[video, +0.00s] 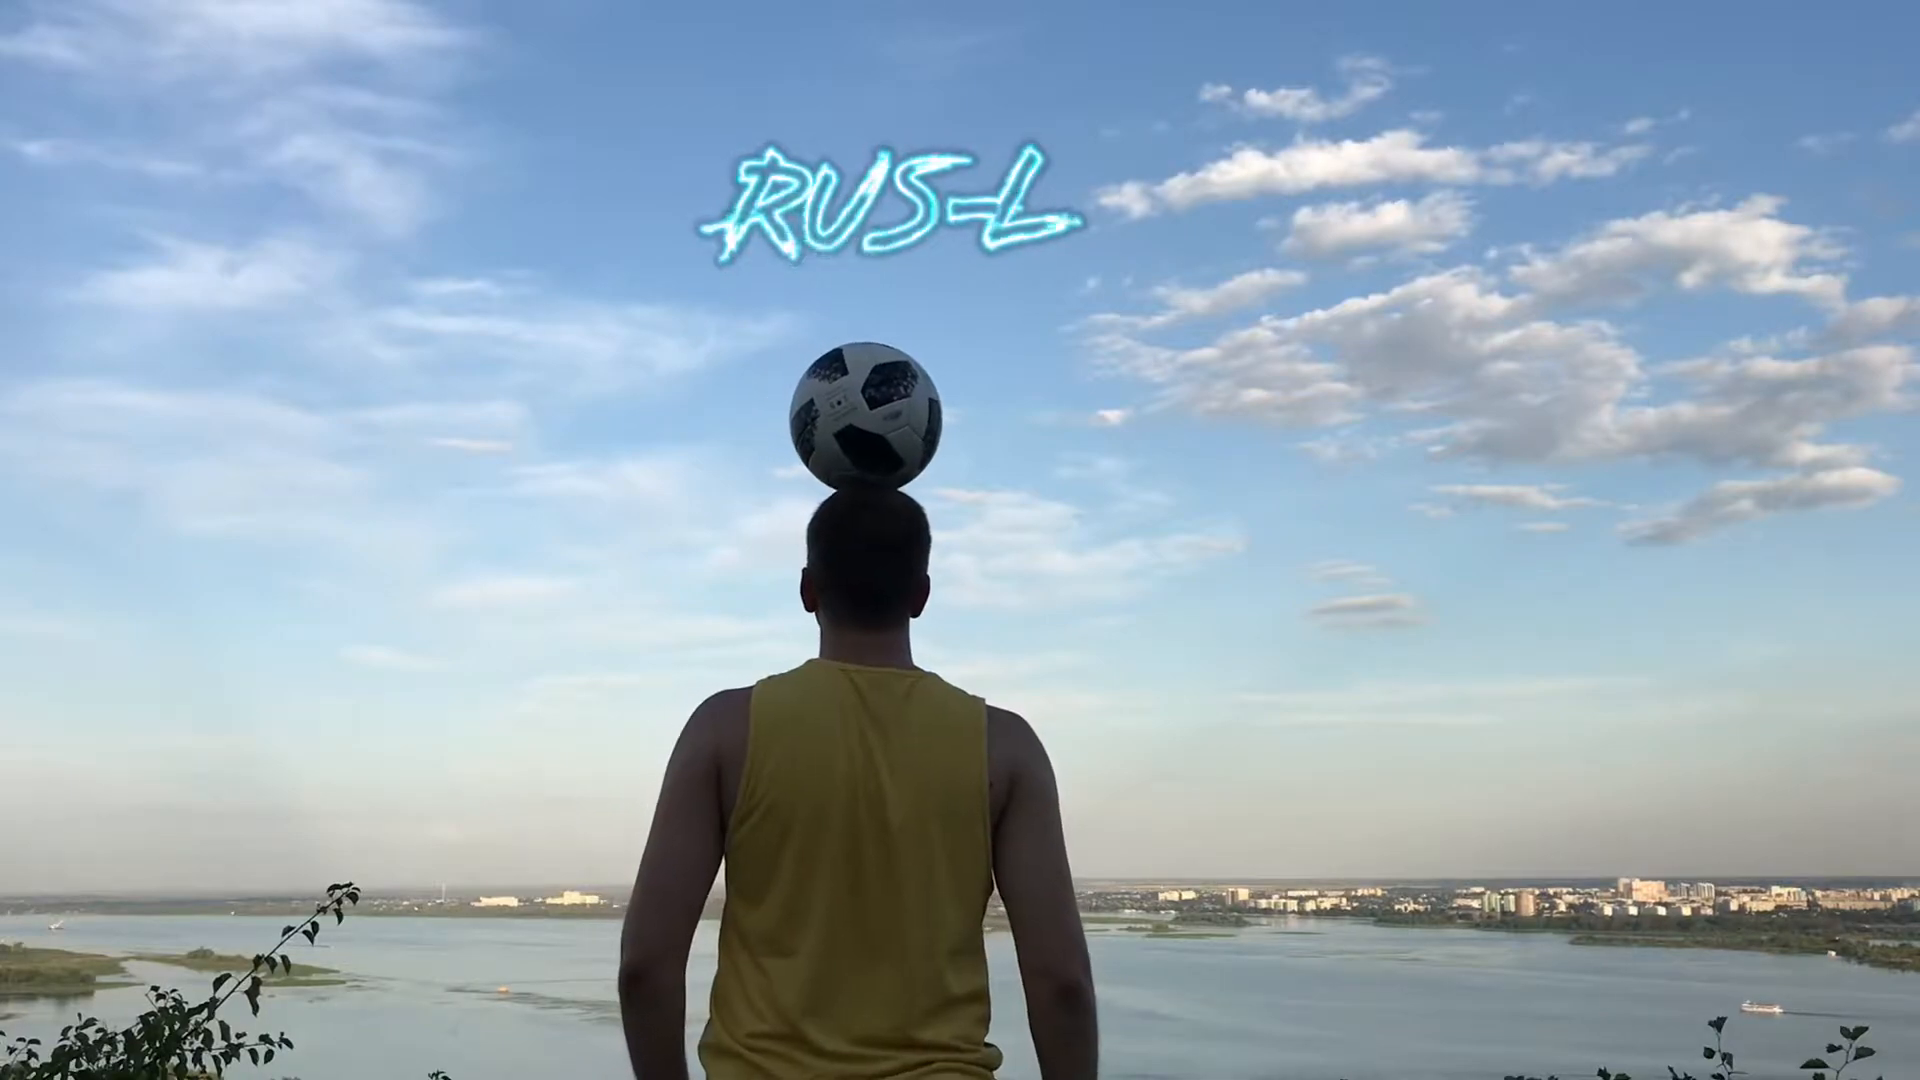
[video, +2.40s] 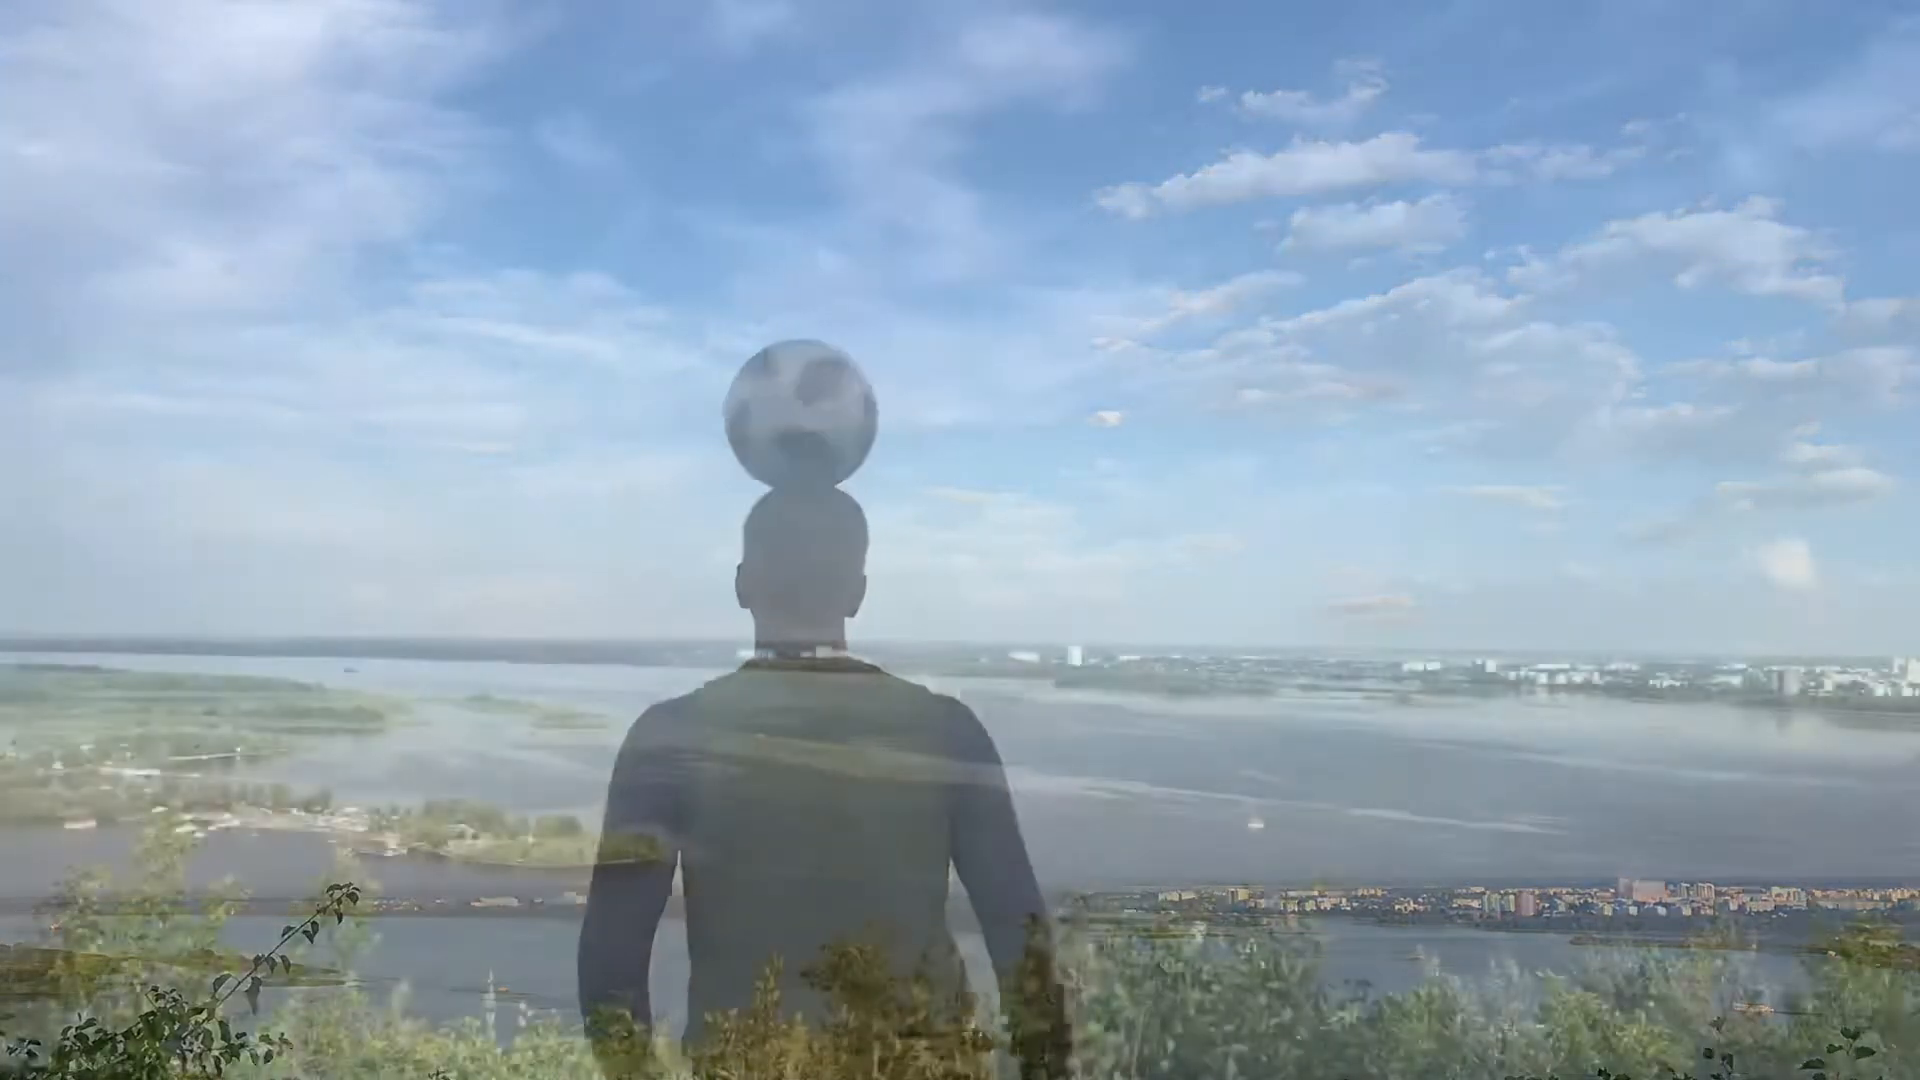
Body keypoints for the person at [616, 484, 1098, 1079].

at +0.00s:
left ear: (808, 589)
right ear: (923, 594)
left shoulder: (726, 726)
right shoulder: (1002, 742)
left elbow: (646, 967)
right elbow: (1063, 985)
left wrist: (666, 1072)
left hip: (761, 1060)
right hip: (943, 1062)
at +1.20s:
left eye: (883, 586)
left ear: (884, 601)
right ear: (998, 606)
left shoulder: (799, 723)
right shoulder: (1067, 752)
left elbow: (710, 947)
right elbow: (1114, 996)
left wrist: (723, 1069)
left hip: (818, 1057)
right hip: (995, 1060)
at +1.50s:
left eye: (961, 592)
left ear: (965, 605)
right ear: (1077, 604)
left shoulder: (885, 719)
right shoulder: (1153, 756)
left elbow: (788, 937)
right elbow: (1186, 1000)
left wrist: (797, 1072)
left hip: (880, 1056)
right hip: (1058, 1062)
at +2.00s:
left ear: (888, 600)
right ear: (999, 603)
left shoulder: (819, 734)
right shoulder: (1088, 742)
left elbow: (743, 963)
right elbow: (1155, 975)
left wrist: (765, 1074)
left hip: (856, 1061)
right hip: (1034, 1063)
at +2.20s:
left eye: (801, 577)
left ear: (800, 591)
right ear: (915, 598)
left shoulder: (729, 736)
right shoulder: (1002, 734)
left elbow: (672, 981)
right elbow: (1086, 958)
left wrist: (698, 1075)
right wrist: (1107, 1074)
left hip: (796, 1060)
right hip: (974, 1061)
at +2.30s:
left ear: (774, 585)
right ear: (889, 592)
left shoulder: (701, 732)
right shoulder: (974, 732)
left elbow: (639, 970)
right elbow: (1053, 956)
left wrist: (665, 1073)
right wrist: (1076, 1070)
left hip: (772, 1057)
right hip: (944, 1057)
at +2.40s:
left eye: (750, 564)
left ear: (743, 584)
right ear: (860, 590)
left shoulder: (674, 733)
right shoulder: (945, 730)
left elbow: (610, 960)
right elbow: (1021, 932)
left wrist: (635, 1072)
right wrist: (1049, 1067)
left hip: (744, 1058)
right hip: (918, 1059)